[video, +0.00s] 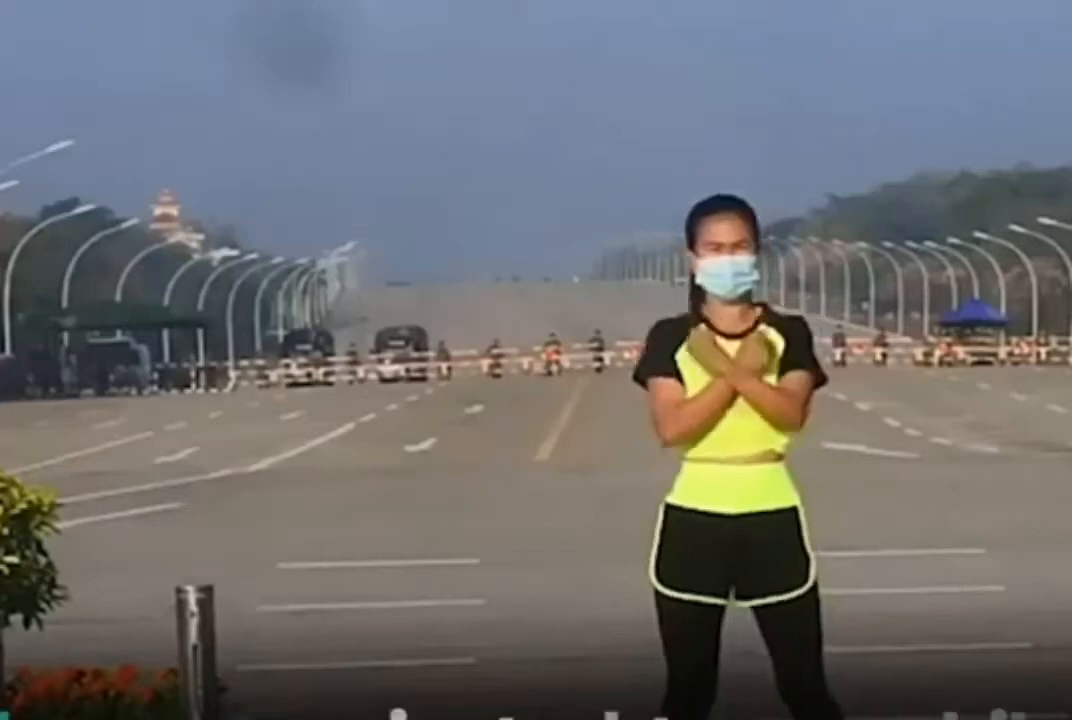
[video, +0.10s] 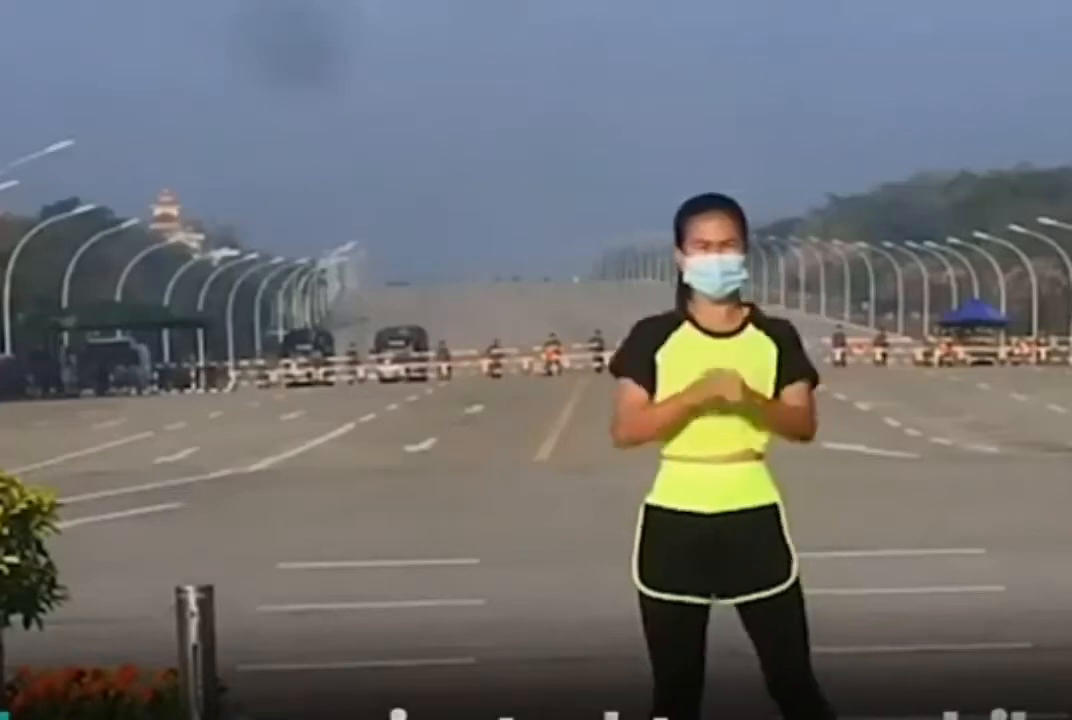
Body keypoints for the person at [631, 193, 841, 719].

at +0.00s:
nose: (731, 261)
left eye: (742, 248)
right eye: (716, 250)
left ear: (757, 254)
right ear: (693, 259)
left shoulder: (789, 331)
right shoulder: (670, 336)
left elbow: (792, 415)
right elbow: (671, 429)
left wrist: (731, 371)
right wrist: (736, 374)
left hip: (772, 522)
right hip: (693, 524)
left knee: (804, 687)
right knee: (689, 690)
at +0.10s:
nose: (720, 259)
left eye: (731, 247)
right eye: (704, 249)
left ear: (746, 254)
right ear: (681, 258)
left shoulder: (777, 336)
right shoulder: (653, 336)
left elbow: (803, 425)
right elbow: (625, 429)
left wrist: (748, 399)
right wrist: (696, 398)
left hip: (754, 521)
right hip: (674, 524)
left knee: (793, 683)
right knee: (676, 690)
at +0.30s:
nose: (699, 255)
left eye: (710, 243)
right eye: (684, 244)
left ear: (725, 251)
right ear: (661, 254)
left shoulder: (754, 336)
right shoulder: (631, 331)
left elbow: (810, 416)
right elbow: (573, 408)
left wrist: (832, 441)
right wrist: (568, 460)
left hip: (735, 518)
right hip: (654, 524)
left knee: (761, 682)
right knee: (669, 690)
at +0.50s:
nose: (686, 257)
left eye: (697, 244)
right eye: (670, 245)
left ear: (713, 253)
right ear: (646, 255)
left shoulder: (745, 334)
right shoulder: (619, 337)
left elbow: (821, 399)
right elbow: (547, 414)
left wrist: (905, 446)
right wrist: (465, 471)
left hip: (728, 523)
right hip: (647, 525)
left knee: (717, 692)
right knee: (662, 692)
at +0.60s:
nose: (684, 259)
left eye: (696, 246)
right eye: (669, 247)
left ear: (712, 254)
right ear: (644, 257)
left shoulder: (745, 335)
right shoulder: (619, 339)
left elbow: (822, 398)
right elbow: (543, 413)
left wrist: (908, 445)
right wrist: (459, 466)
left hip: (727, 525)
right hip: (646, 527)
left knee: (715, 694)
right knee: (662, 696)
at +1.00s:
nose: (684, 259)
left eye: (695, 245)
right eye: (669, 247)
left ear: (713, 254)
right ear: (646, 258)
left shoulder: (748, 336)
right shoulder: (622, 341)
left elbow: (825, 401)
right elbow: (544, 415)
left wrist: (908, 447)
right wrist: (462, 466)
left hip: (729, 525)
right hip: (649, 527)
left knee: (717, 693)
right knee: (663, 695)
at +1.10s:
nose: (684, 259)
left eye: (696, 245)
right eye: (669, 247)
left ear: (713, 254)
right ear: (646, 258)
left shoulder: (748, 336)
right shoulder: (622, 340)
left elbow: (825, 401)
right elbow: (545, 415)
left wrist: (908, 446)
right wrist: (462, 467)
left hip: (729, 525)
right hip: (649, 527)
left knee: (717, 694)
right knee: (664, 695)